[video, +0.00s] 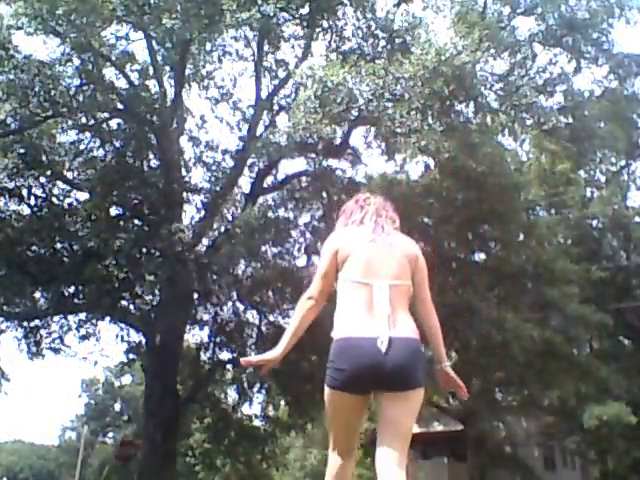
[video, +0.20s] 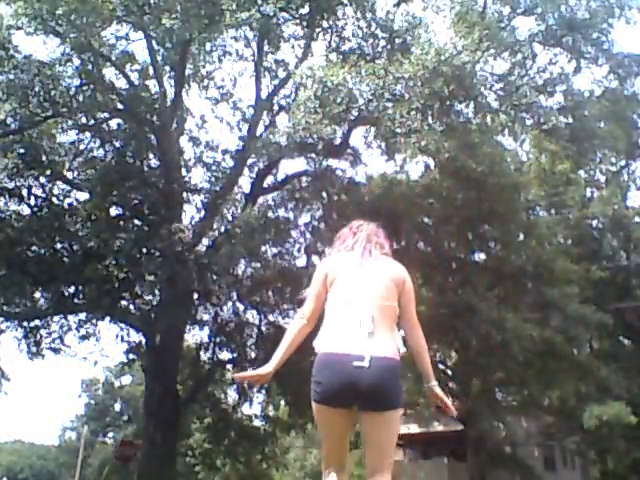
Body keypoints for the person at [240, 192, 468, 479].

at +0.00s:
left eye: (345, 219)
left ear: (348, 217)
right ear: (391, 218)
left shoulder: (339, 240)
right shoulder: (410, 247)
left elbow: (314, 299)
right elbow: (426, 309)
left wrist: (279, 351)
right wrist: (443, 363)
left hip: (351, 351)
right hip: (407, 354)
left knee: (341, 455)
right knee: (393, 461)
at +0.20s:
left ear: (343, 241)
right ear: (382, 245)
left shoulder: (330, 265)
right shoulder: (397, 271)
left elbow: (305, 320)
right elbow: (413, 329)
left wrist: (270, 368)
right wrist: (431, 383)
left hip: (331, 369)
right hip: (383, 373)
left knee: (333, 468)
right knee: (380, 472)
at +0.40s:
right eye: (378, 280)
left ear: (342, 279)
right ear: (378, 281)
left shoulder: (325, 301)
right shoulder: (391, 307)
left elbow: (300, 353)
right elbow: (405, 364)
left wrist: (266, 397)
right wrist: (423, 417)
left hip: (321, 387)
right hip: (372, 392)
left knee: (332, 473)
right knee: (367, 468)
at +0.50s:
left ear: (342, 300)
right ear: (378, 304)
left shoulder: (327, 321)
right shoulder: (390, 329)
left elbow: (302, 373)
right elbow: (404, 386)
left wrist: (269, 422)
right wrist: (422, 437)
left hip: (318, 403)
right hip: (368, 407)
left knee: (333, 474)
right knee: (362, 473)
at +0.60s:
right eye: (380, 329)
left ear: (342, 326)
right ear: (378, 328)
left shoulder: (327, 349)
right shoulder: (389, 354)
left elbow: (301, 401)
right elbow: (405, 412)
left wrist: (271, 451)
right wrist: (423, 465)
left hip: (319, 426)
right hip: (369, 428)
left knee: (330, 474)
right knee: (366, 475)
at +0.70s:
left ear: (342, 350)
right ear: (380, 352)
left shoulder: (326, 374)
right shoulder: (390, 378)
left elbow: (300, 429)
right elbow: (406, 438)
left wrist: (273, 474)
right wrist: (419, 476)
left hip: (317, 446)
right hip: (367, 447)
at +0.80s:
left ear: (343, 368)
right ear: (381, 371)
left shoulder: (326, 393)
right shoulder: (390, 397)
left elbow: (303, 445)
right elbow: (405, 456)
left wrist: (286, 476)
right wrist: (413, 475)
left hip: (316, 461)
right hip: (367, 461)